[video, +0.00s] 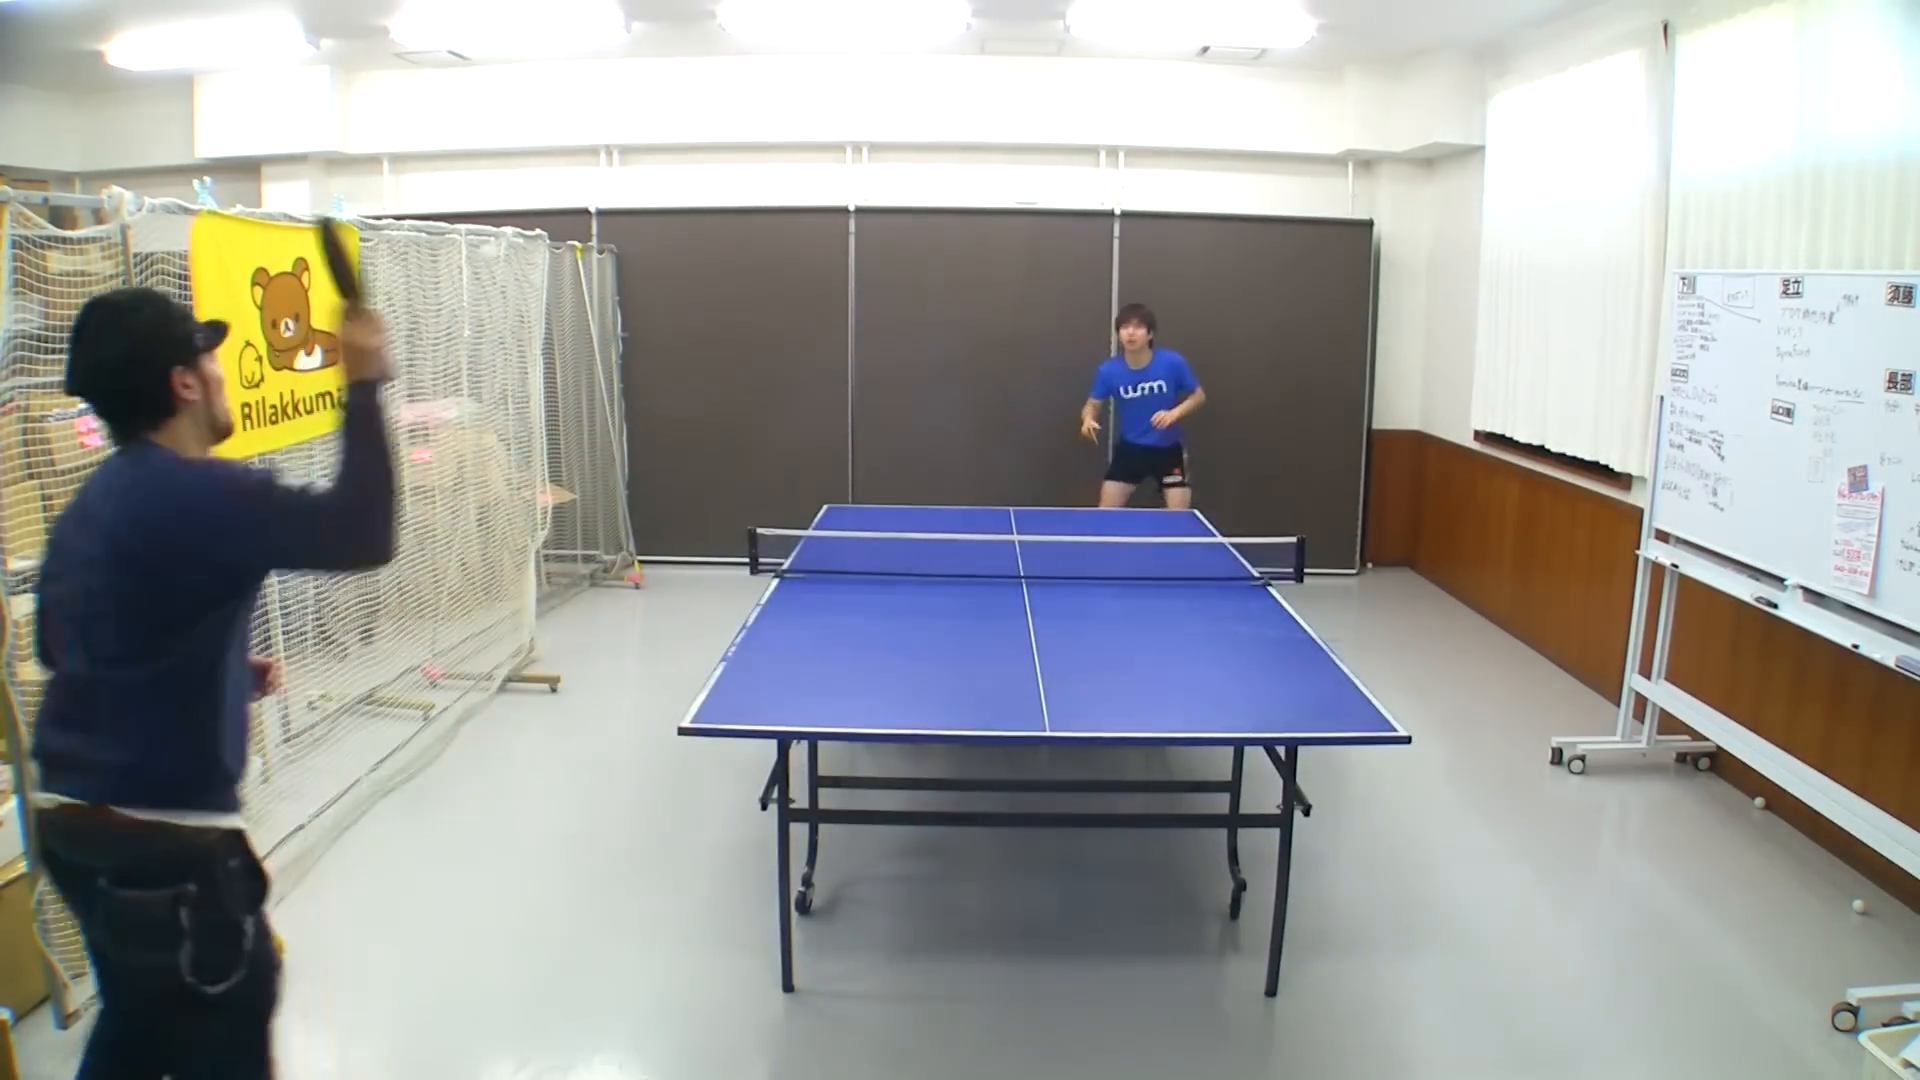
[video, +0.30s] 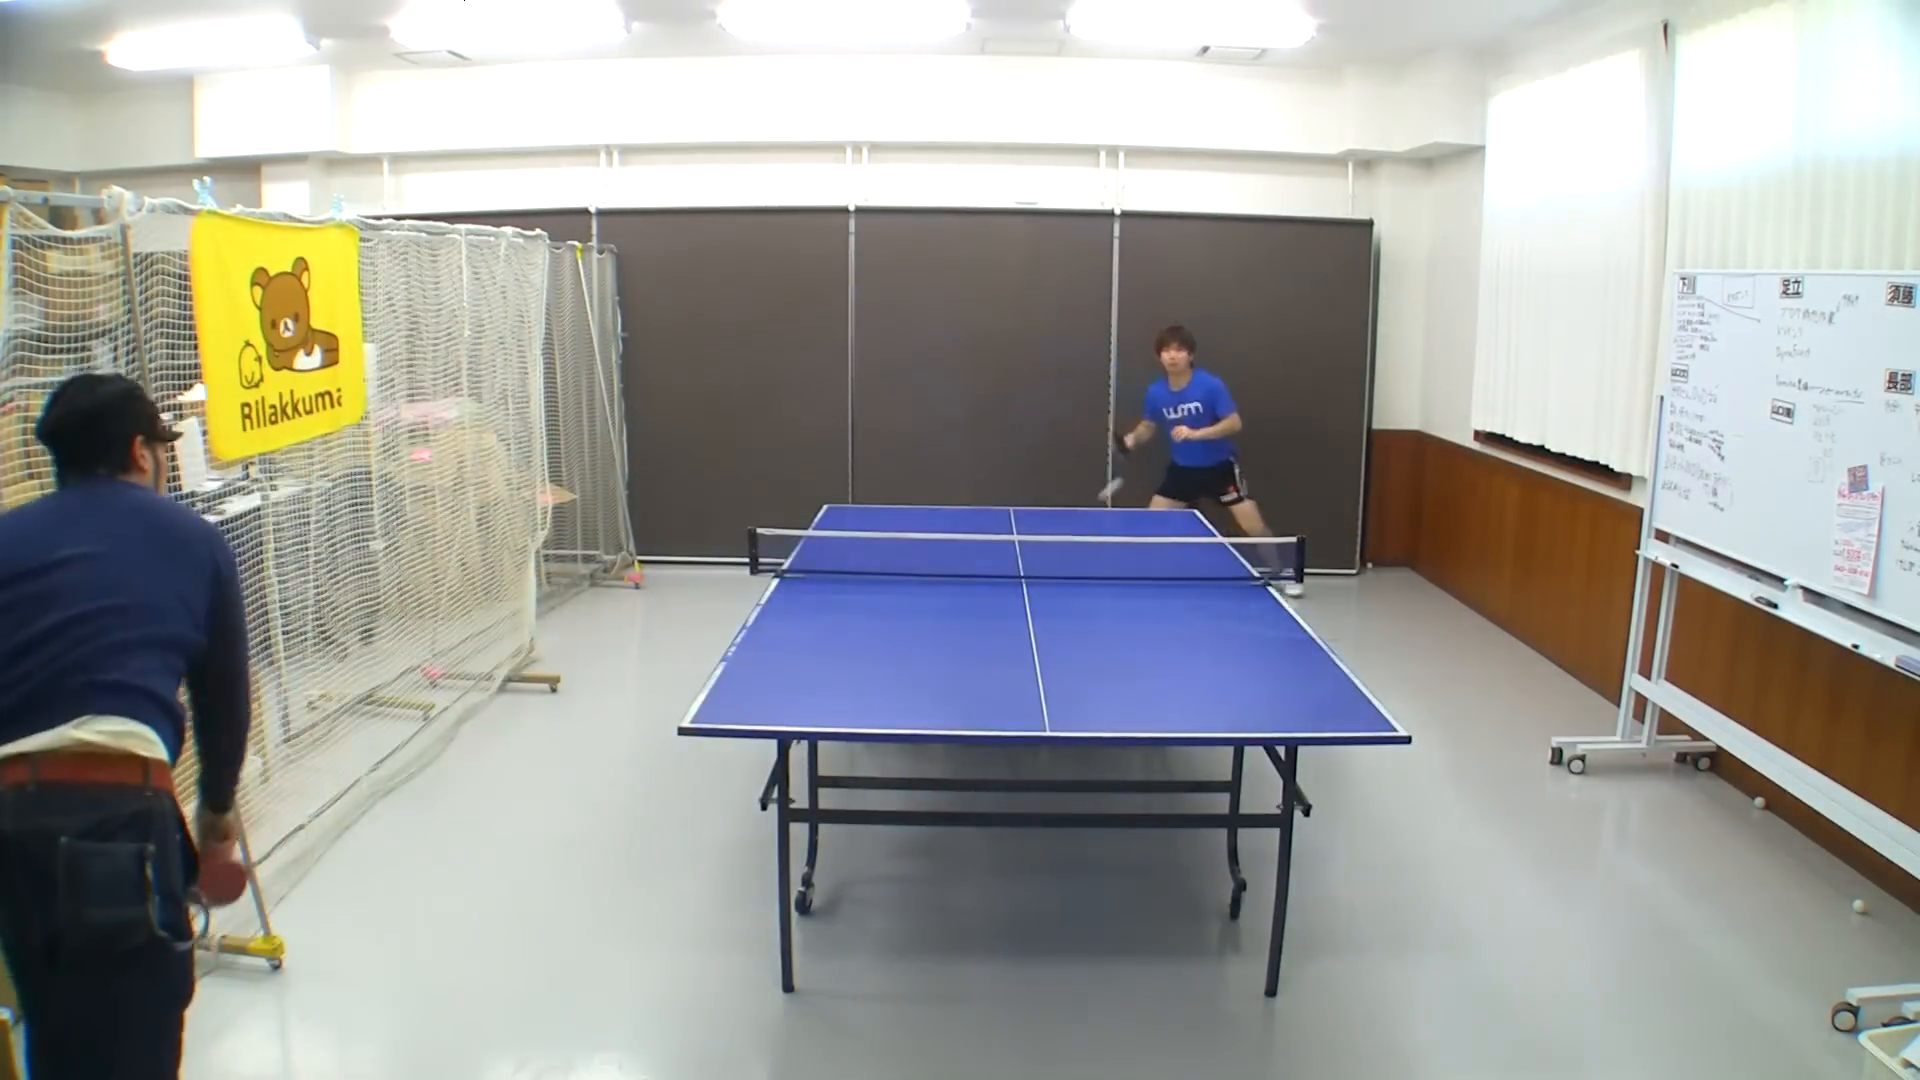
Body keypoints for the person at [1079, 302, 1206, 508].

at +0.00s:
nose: (1131, 333)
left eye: (1138, 327)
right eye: (1125, 327)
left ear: (1149, 334)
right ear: (1118, 333)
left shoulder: (1171, 362)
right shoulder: (1109, 370)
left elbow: (1199, 395)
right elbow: (1093, 403)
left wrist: (1173, 414)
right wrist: (1088, 419)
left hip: (1167, 449)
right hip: (1130, 449)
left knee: (1178, 519)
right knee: (1106, 514)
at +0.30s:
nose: (1172, 356)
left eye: (1179, 350)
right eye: (1167, 351)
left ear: (1190, 354)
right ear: (1159, 357)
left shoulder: (1211, 385)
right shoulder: (1155, 392)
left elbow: (1234, 423)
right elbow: (1148, 425)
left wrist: (1196, 434)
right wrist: (1133, 438)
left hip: (1219, 468)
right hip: (1182, 470)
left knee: (1254, 527)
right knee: (1153, 522)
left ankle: (1283, 575)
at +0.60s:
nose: (1308, 335)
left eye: (1313, 329)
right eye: (1301, 329)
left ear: (1319, 334)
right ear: (1286, 335)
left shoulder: (1319, 363)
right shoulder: (1281, 363)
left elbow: (1340, 386)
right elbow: (1291, 394)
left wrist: (1361, 373)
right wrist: (1331, 376)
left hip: (1296, 456)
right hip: (1262, 452)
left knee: (1320, 522)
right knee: (1220, 514)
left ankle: (1303, 578)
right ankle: (1171, 557)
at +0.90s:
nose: (1407, 352)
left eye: (1413, 347)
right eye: (1401, 345)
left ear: (1419, 353)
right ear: (1389, 349)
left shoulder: (1399, 383)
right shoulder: (1382, 378)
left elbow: (1377, 421)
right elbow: (1399, 418)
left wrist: (1394, 441)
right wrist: (1441, 411)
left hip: (1374, 473)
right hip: (1348, 466)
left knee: (1416, 530)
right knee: (1304, 535)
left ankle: (1419, 596)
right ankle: (1239, 539)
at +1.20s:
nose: (1431, 377)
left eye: (1438, 372)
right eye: (1425, 369)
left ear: (1443, 378)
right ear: (1410, 372)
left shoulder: (1418, 405)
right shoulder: (1399, 407)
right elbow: (1379, 455)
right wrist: (1409, 491)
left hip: (1384, 485)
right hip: (1361, 482)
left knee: (1431, 528)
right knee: (1362, 562)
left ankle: (1422, 597)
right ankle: (1296, 579)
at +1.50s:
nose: (1341, 335)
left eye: (1347, 329)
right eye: (1334, 328)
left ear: (1356, 336)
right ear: (1322, 335)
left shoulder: (1358, 370)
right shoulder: (1308, 374)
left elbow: (1357, 414)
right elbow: (1295, 421)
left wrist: (1364, 445)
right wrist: (1338, 430)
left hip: (1342, 463)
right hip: (1307, 464)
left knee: (1365, 533)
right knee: (1312, 544)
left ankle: (1382, 593)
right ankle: (1278, 600)